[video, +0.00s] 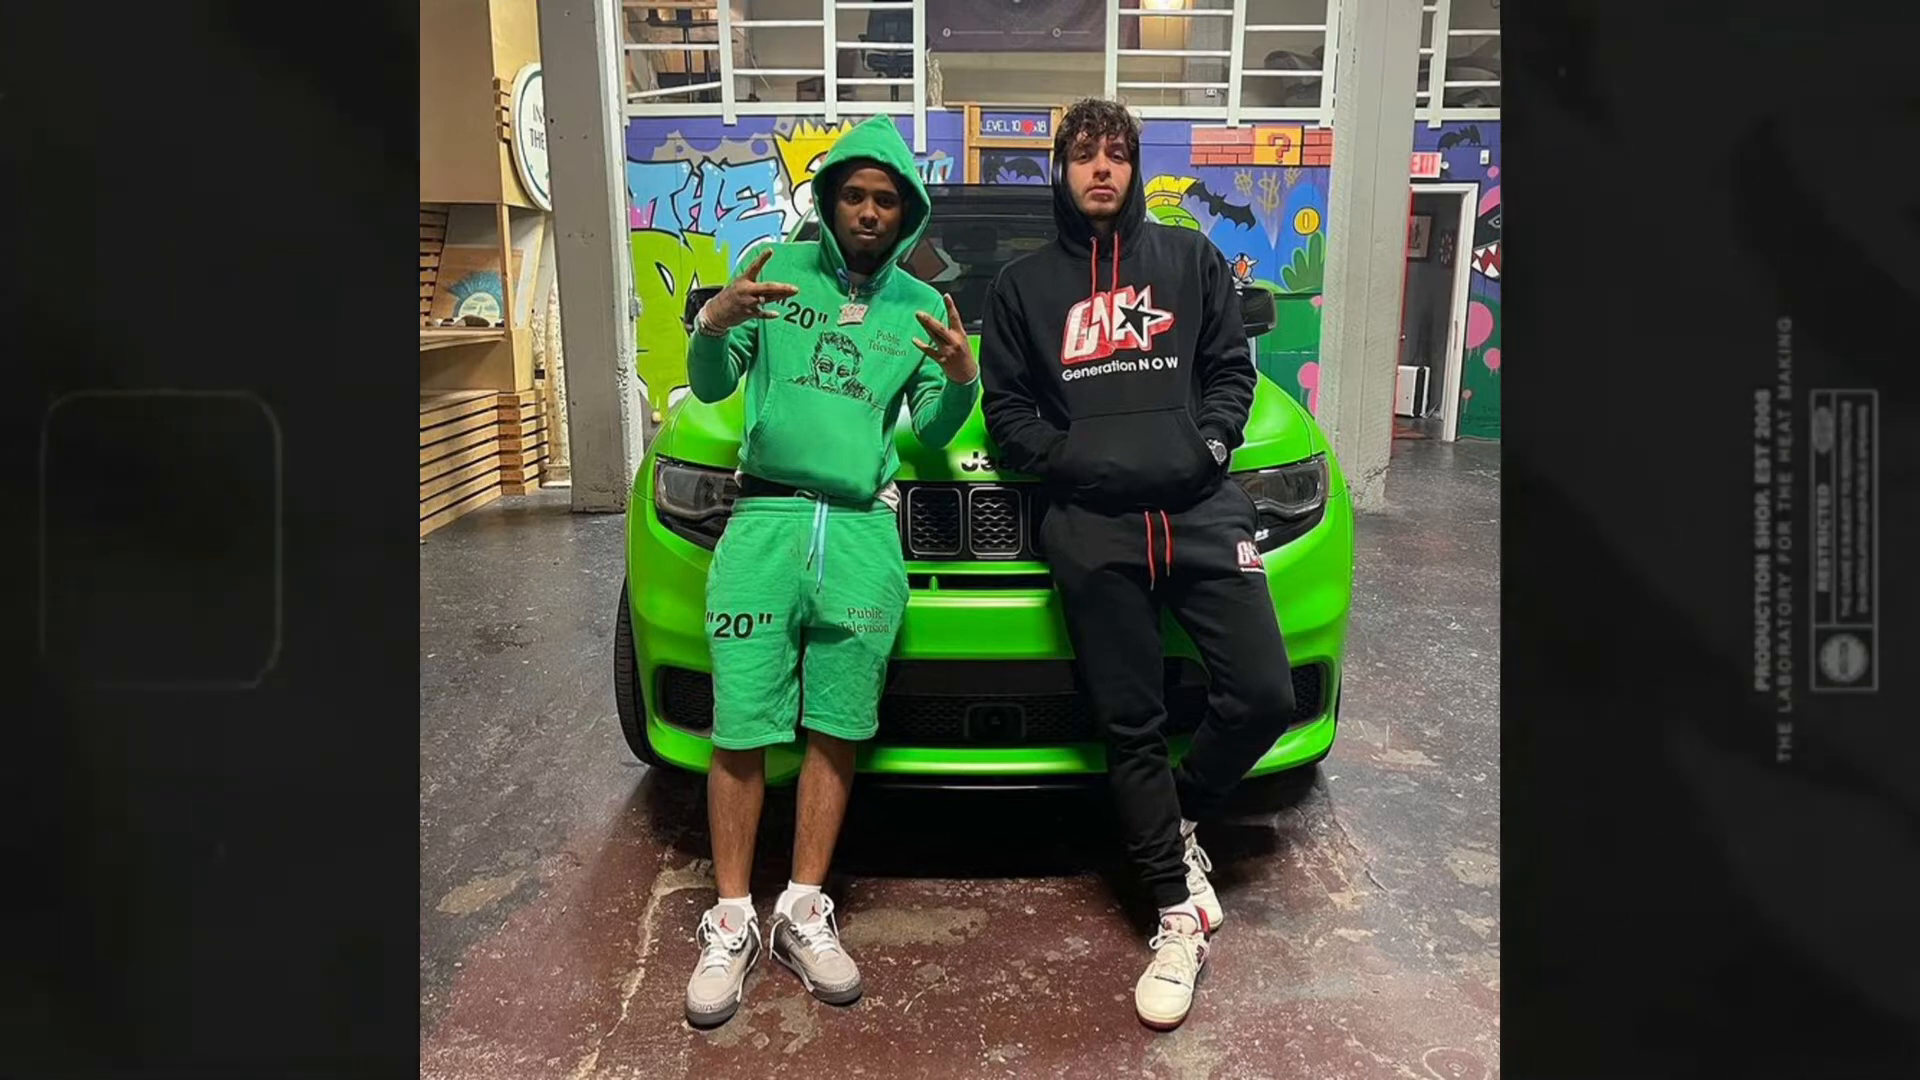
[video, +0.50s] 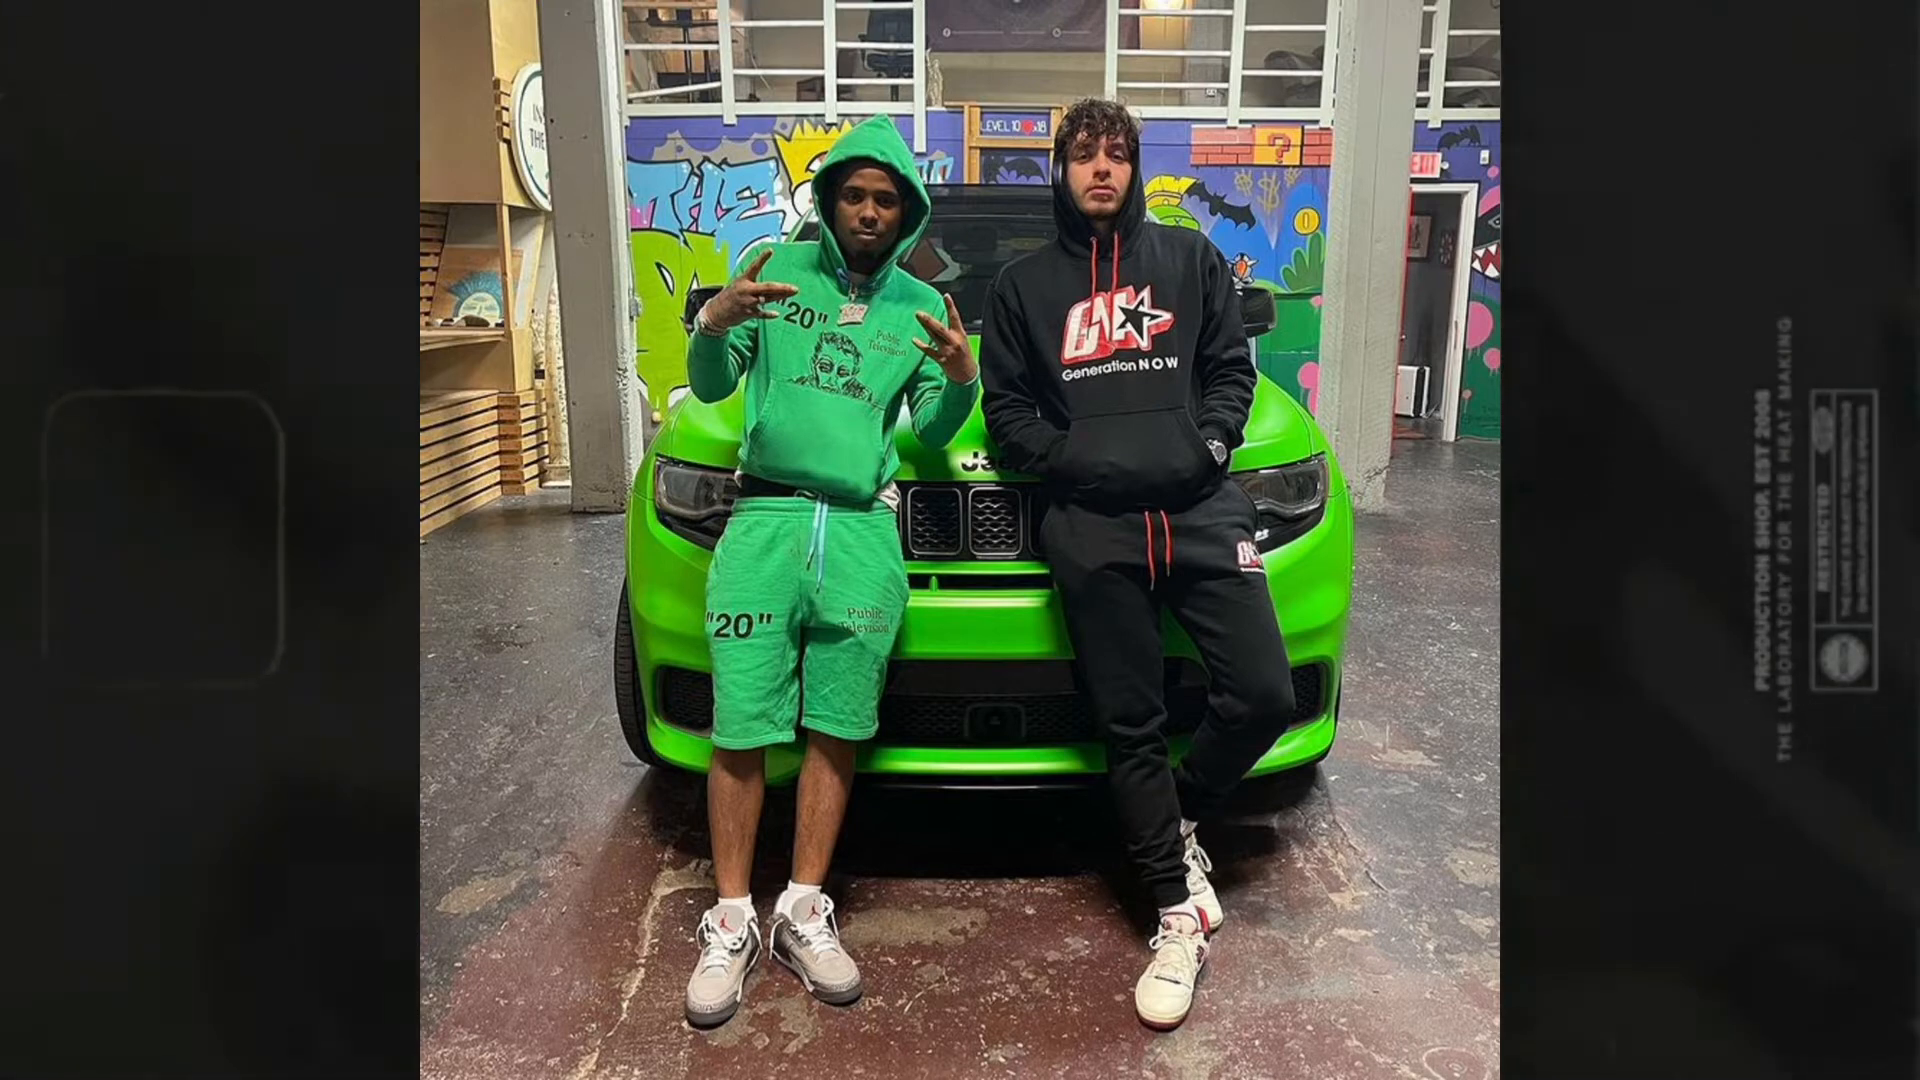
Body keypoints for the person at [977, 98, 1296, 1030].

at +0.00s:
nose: (1102, 171)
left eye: (1115, 158)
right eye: (1087, 158)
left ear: (1137, 171)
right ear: (1061, 172)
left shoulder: (1191, 256)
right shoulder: (1017, 280)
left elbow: (1232, 363)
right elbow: (1003, 403)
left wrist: (1209, 444)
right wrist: (1064, 457)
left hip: (1200, 503)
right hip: (1091, 514)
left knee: (1262, 692)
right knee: (1131, 719)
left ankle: (1180, 818)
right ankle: (1179, 918)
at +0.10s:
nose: (1101, 171)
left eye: (1115, 158)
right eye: (1087, 159)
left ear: (1137, 170)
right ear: (1062, 171)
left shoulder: (1192, 257)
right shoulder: (1019, 281)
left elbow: (1232, 366)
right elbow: (1005, 404)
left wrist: (1208, 445)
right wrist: (1066, 457)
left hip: (1201, 503)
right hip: (1090, 514)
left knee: (1262, 693)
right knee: (1131, 718)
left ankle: (1179, 820)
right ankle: (1179, 917)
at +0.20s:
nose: (1102, 171)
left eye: (1116, 158)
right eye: (1088, 158)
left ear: (1137, 171)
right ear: (1062, 171)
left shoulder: (1191, 256)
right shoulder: (1017, 280)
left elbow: (1232, 364)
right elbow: (1004, 403)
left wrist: (1209, 444)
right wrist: (1065, 458)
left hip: (1200, 503)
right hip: (1091, 514)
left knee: (1262, 693)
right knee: (1131, 718)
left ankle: (1179, 819)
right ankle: (1179, 917)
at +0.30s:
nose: (1101, 171)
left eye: (1115, 158)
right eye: (1086, 159)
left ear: (1137, 170)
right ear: (1061, 172)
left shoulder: (1193, 257)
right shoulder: (1018, 280)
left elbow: (1232, 366)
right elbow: (1004, 404)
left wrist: (1209, 445)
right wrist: (1065, 456)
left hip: (1200, 503)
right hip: (1090, 513)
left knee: (1263, 692)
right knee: (1131, 718)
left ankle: (1180, 818)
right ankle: (1179, 918)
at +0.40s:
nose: (1101, 171)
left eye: (1115, 158)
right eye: (1087, 159)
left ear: (1137, 170)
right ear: (1062, 171)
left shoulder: (1192, 257)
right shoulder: (1019, 281)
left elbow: (1232, 366)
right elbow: (1005, 404)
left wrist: (1208, 445)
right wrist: (1066, 457)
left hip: (1201, 503)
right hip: (1090, 514)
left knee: (1262, 692)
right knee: (1131, 718)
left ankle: (1179, 820)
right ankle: (1179, 917)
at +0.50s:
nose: (1101, 171)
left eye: (1115, 158)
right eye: (1087, 159)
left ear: (1137, 170)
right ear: (1062, 171)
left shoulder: (1192, 257)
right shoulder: (1019, 281)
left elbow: (1232, 366)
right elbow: (1005, 404)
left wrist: (1208, 445)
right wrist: (1066, 457)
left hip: (1201, 503)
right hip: (1090, 514)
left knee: (1262, 693)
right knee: (1131, 718)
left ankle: (1179, 820)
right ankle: (1179, 917)